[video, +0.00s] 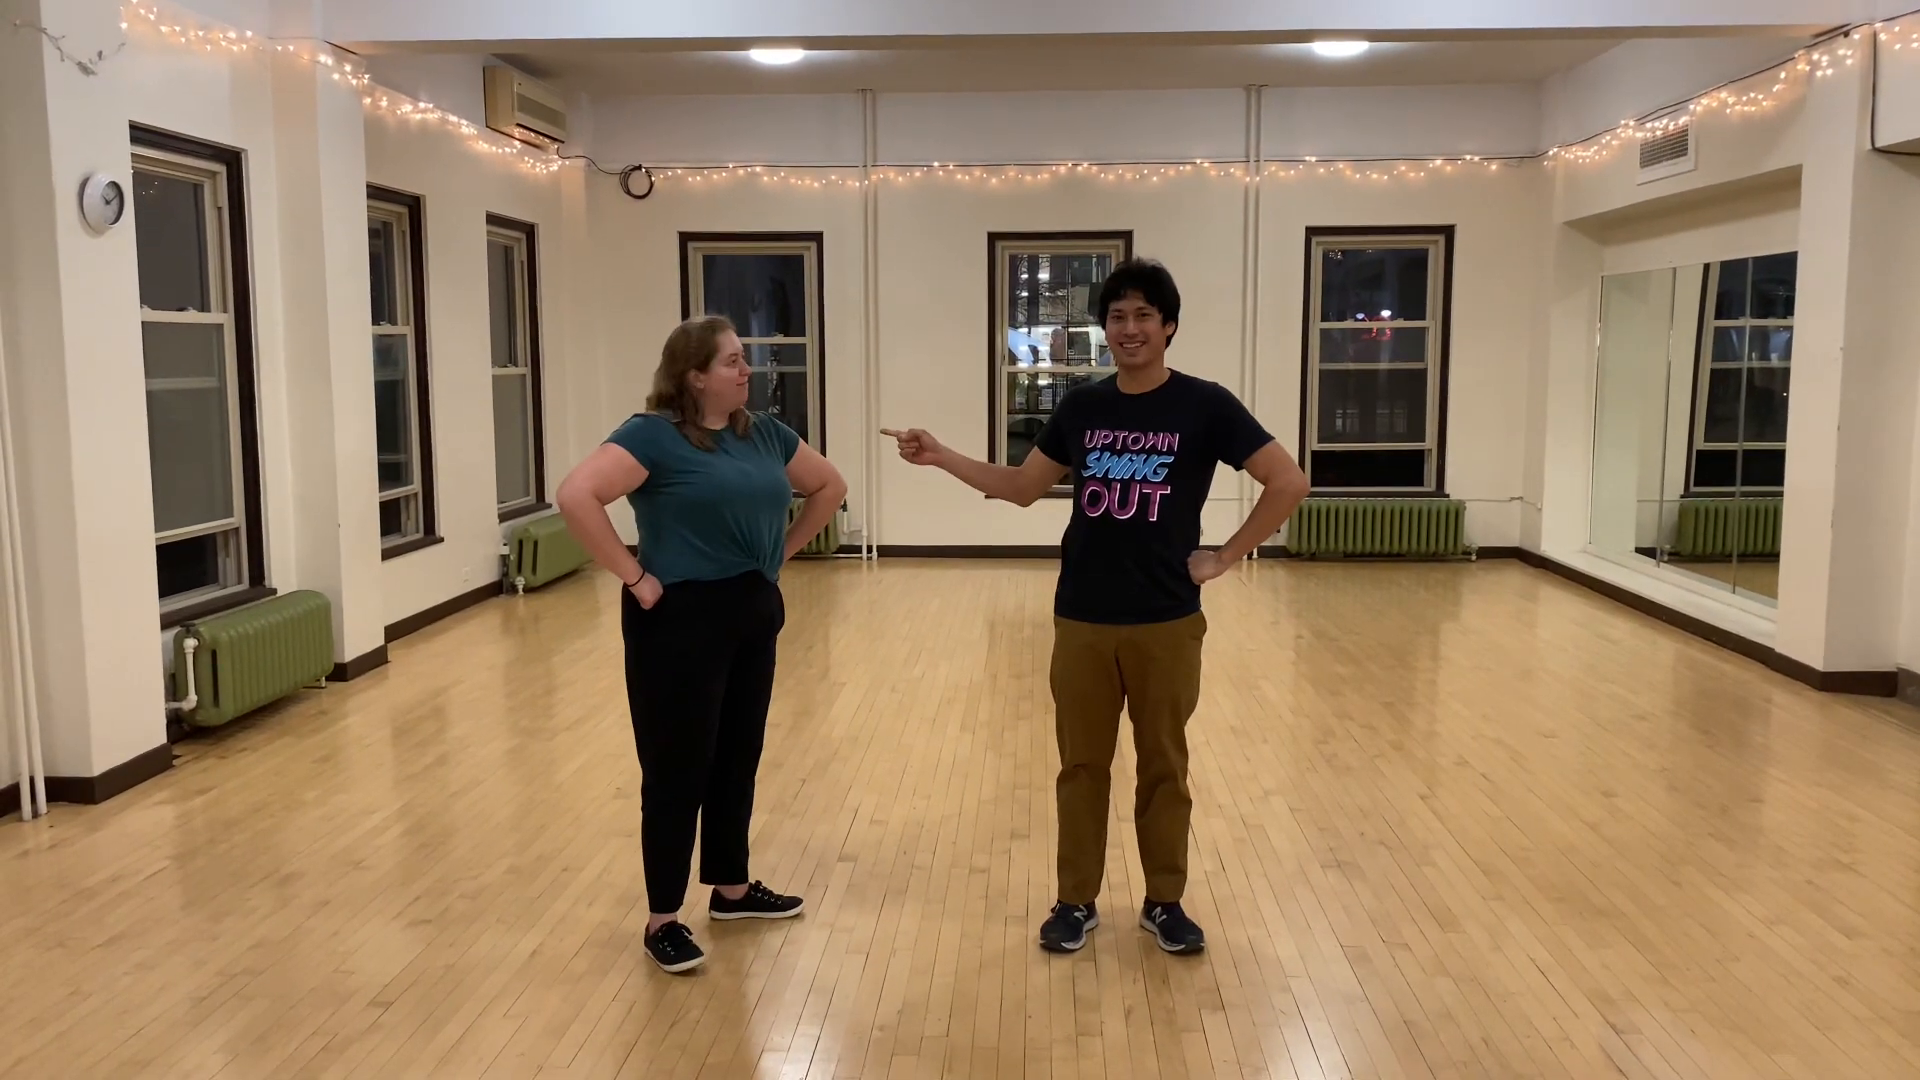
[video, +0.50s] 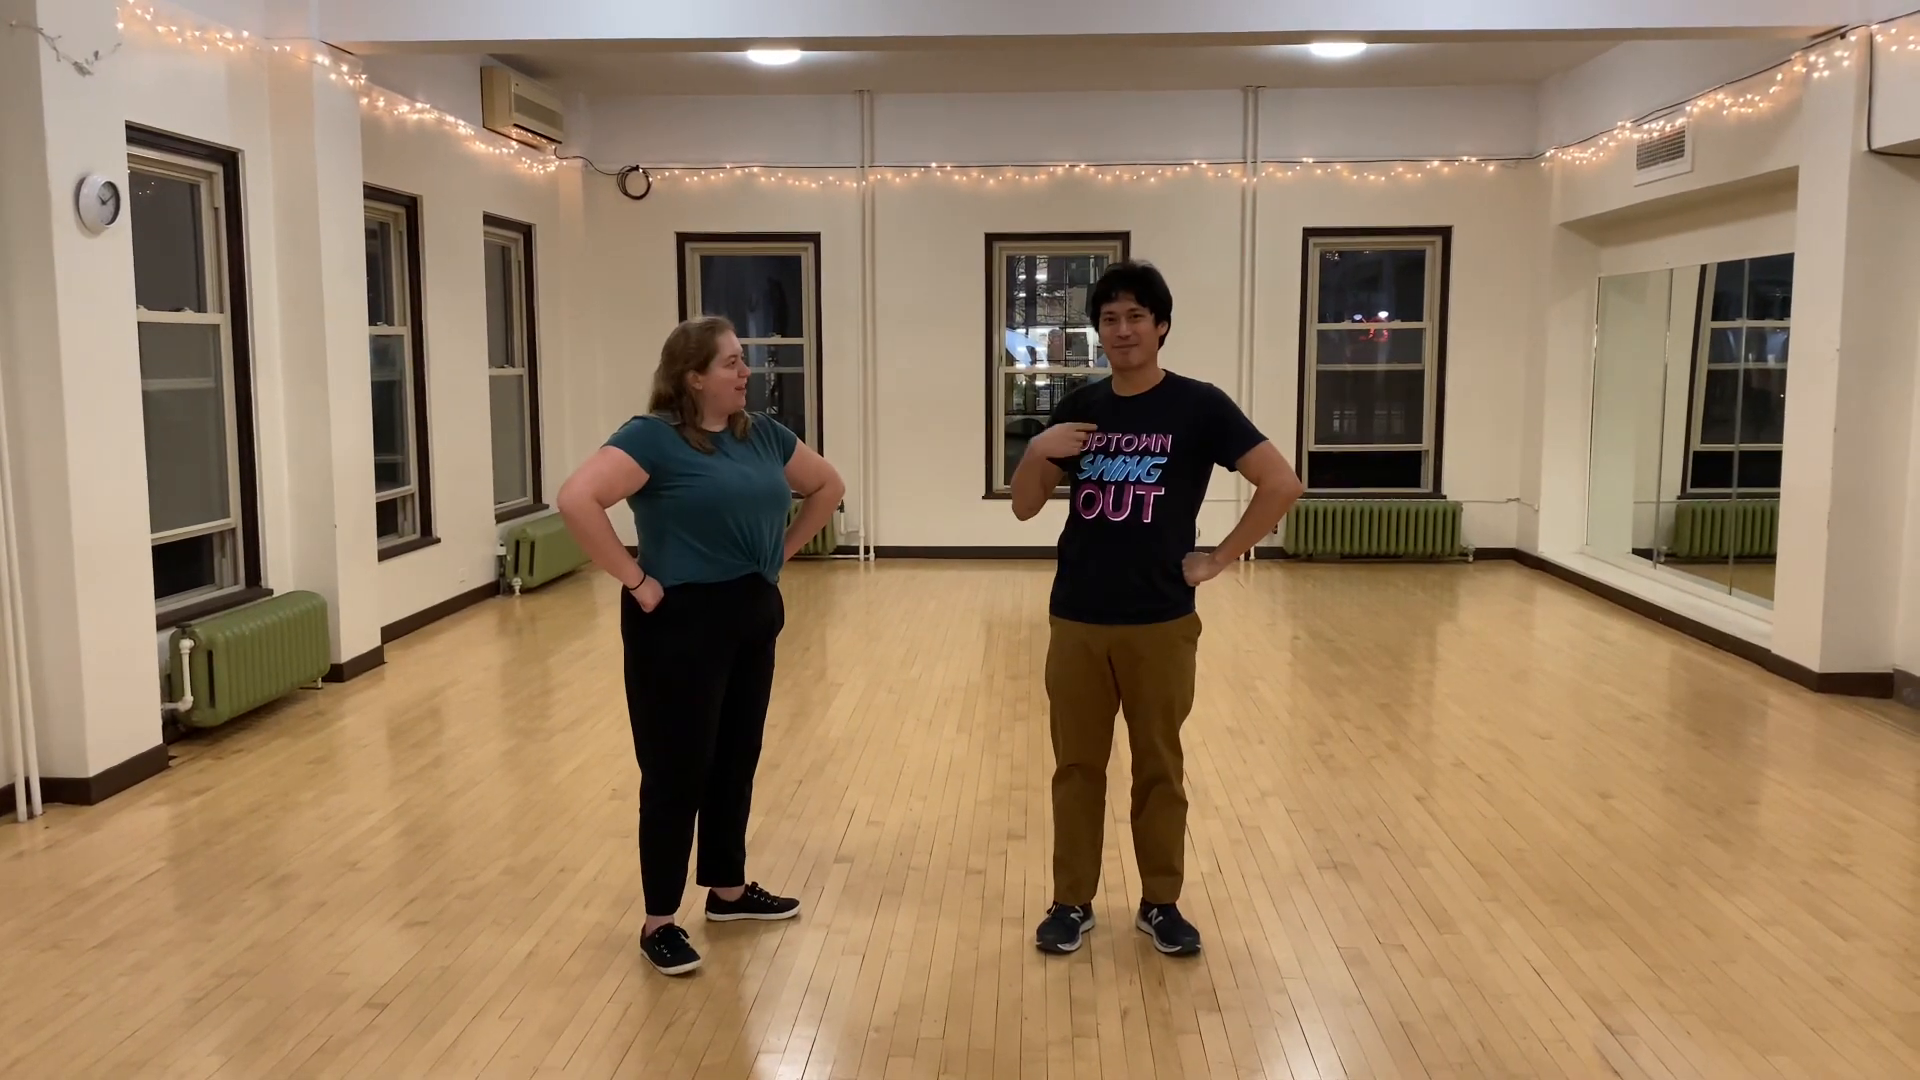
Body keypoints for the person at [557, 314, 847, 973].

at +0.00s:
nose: (745, 368)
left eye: (744, 358)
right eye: (732, 360)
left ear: (733, 370)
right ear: (694, 375)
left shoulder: (762, 433)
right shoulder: (655, 436)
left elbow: (831, 486)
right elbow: (575, 494)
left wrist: (782, 550)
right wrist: (633, 576)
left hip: (750, 615)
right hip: (674, 619)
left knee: (736, 760)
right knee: (676, 770)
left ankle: (730, 888)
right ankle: (663, 920)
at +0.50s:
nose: (745, 371)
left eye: (744, 360)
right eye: (731, 362)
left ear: (733, 371)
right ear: (692, 376)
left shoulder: (760, 435)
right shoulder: (654, 438)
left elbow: (829, 486)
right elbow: (575, 499)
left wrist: (781, 551)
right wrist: (635, 580)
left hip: (750, 615)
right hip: (674, 620)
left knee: (734, 760)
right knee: (674, 772)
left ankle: (727, 888)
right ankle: (659, 922)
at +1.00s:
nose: (746, 372)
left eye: (745, 361)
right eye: (732, 364)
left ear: (738, 373)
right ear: (693, 378)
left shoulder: (760, 437)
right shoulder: (657, 440)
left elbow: (827, 489)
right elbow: (579, 499)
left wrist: (779, 555)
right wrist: (637, 581)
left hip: (749, 620)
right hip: (675, 624)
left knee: (733, 765)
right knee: (672, 775)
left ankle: (724, 892)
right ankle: (655, 925)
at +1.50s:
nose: (728, 377)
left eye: (738, 366)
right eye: (713, 368)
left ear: (755, 377)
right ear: (691, 381)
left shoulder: (771, 442)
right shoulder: (673, 442)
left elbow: (828, 490)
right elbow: (602, 500)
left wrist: (786, 558)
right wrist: (655, 586)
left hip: (758, 621)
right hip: (687, 625)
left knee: (737, 767)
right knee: (677, 775)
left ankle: (719, 894)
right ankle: (650, 925)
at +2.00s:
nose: (762, 382)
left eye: (771, 370)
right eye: (747, 372)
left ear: (784, 378)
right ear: (722, 383)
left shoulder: (792, 441)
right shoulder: (698, 442)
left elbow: (836, 488)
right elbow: (629, 505)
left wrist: (800, 549)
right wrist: (692, 583)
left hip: (774, 613)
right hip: (708, 616)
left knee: (749, 760)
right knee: (732, 762)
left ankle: (720, 890)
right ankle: (693, 911)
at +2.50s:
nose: (793, 383)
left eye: (799, 372)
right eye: (779, 372)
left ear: (803, 378)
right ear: (743, 379)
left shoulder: (798, 444)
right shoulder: (718, 444)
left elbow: (818, 533)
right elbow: (727, 539)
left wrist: (842, 513)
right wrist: (817, 519)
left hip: (797, 615)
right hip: (742, 622)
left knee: (795, 751)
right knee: (760, 765)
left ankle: (728, 872)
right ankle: (766, 909)